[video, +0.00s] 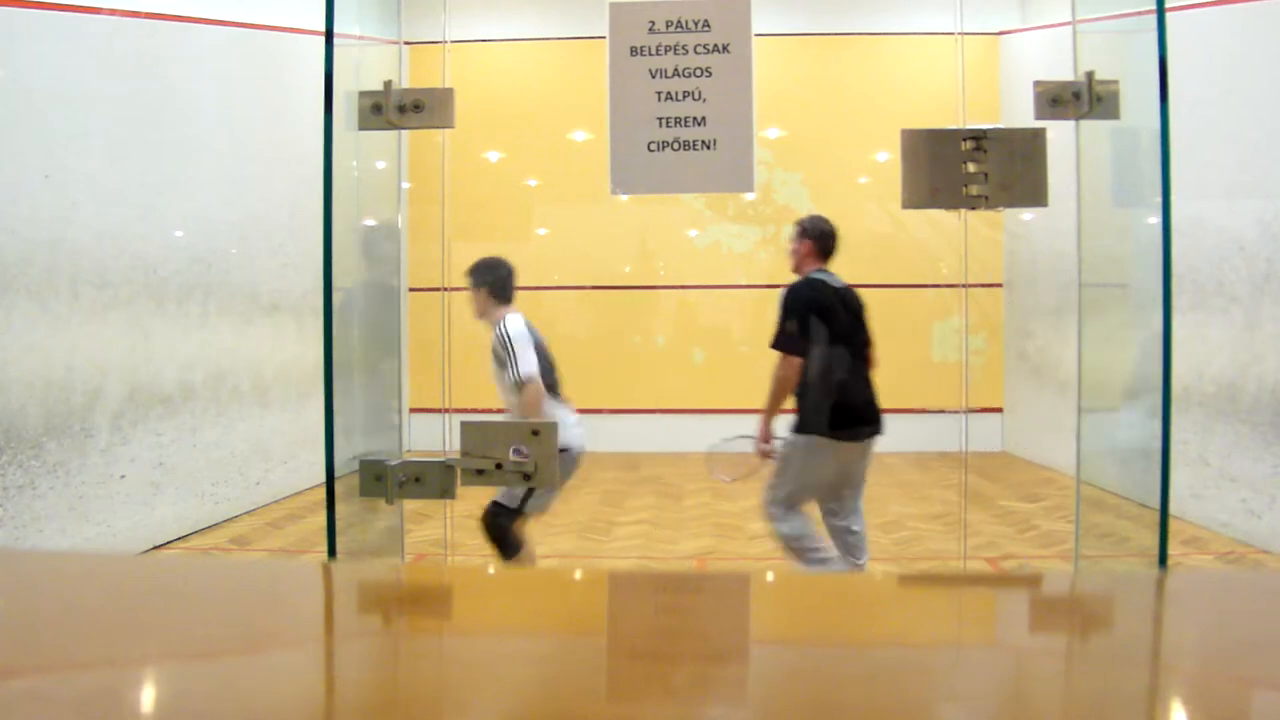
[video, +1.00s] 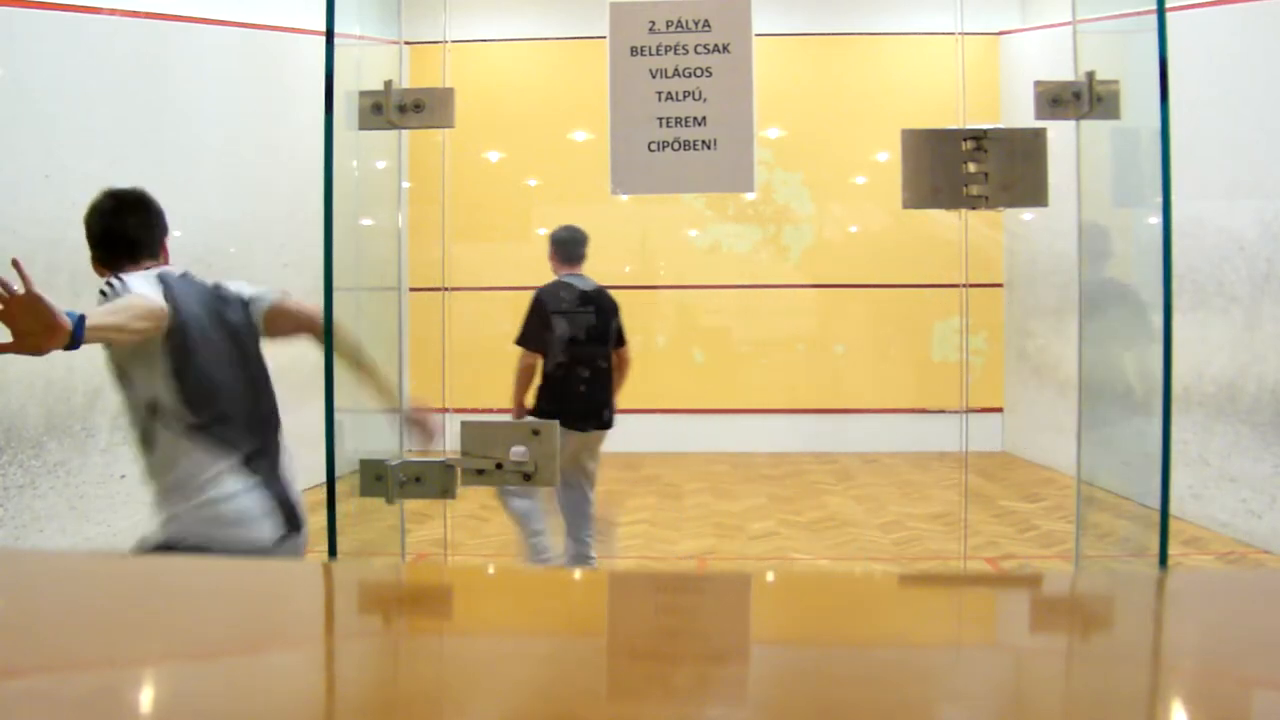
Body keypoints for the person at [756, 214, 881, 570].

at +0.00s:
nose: (790, 249)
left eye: (794, 242)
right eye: (792, 241)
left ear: (807, 246)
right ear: (826, 249)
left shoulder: (801, 293)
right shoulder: (848, 294)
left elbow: (790, 366)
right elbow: (867, 359)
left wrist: (766, 420)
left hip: (821, 427)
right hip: (861, 424)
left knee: (780, 504)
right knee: (842, 507)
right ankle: (858, 581)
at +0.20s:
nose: (730, 254)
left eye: (736, 246)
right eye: (732, 246)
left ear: (757, 249)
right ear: (762, 251)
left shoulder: (749, 295)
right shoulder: (787, 296)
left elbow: (730, 365)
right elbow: (792, 367)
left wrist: (699, 423)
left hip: (756, 429)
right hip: (798, 428)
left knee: (712, 510)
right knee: (818, 513)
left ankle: (687, 592)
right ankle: (847, 590)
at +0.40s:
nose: (672, 253)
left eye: (678, 246)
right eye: (673, 246)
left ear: (701, 247)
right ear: (704, 249)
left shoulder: (688, 294)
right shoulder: (736, 293)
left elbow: (668, 359)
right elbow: (756, 356)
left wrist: (642, 412)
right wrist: (739, 400)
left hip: (693, 414)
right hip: (731, 414)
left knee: (675, 496)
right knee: (708, 485)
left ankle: (681, 579)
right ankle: (762, 554)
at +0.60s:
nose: (623, 258)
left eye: (628, 251)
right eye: (622, 251)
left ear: (652, 250)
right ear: (654, 252)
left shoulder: (636, 293)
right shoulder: (688, 295)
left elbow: (615, 357)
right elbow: (715, 355)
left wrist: (591, 404)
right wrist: (710, 406)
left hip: (646, 411)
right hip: (679, 413)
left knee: (658, 499)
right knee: (633, 489)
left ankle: (682, 574)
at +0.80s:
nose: (581, 263)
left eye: (583, 256)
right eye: (582, 256)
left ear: (597, 258)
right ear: (615, 260)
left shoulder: (590, 301)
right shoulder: (643, 304)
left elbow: (568, 363)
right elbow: (665, 361)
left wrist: (555, 403)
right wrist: (661, 406)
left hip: (595, 416)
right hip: (630, 417)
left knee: (586, 503)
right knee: (586, 498)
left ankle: (658, 562)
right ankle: (578, 571)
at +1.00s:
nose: (549, 258)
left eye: (550, 253)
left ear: (552, 255)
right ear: (584, 255)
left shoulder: (547, 297)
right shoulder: (604, 299)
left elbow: (530, 359)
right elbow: (621, 358)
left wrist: (518, 403)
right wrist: (608, 397)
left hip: (556, 409)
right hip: (597, 409)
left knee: (514, 479)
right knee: (578, 483)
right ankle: (582, 560)